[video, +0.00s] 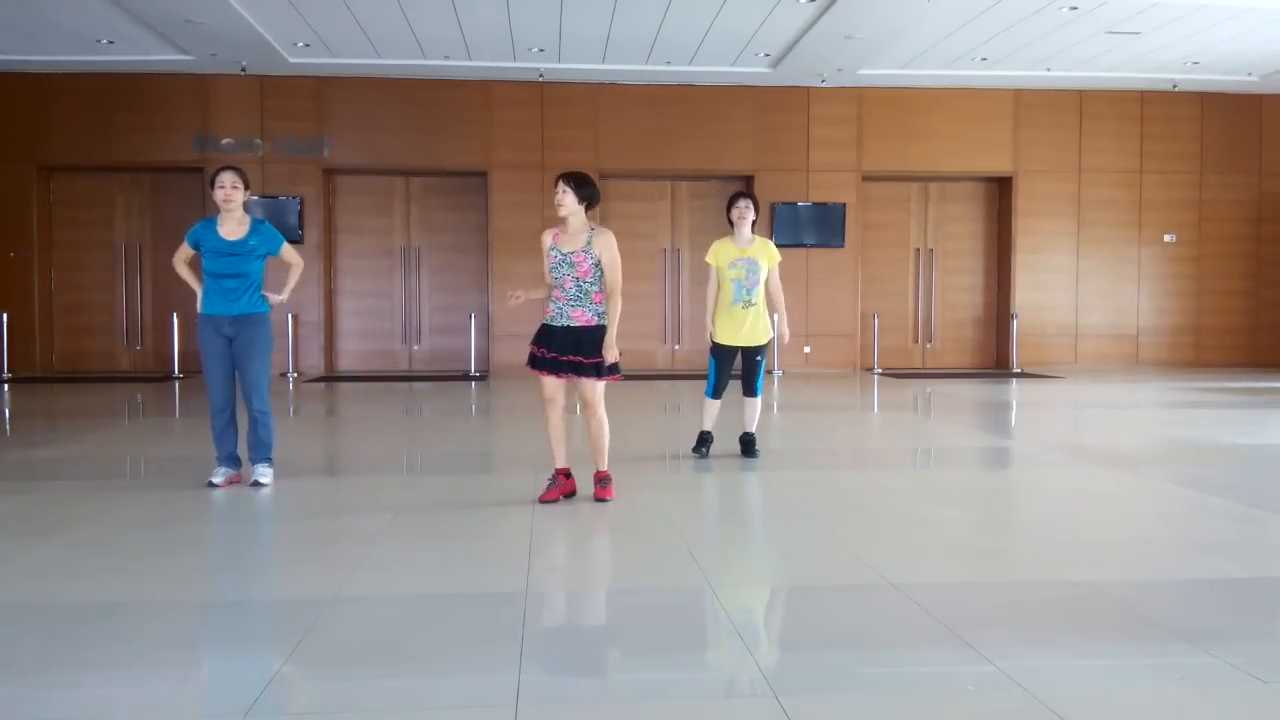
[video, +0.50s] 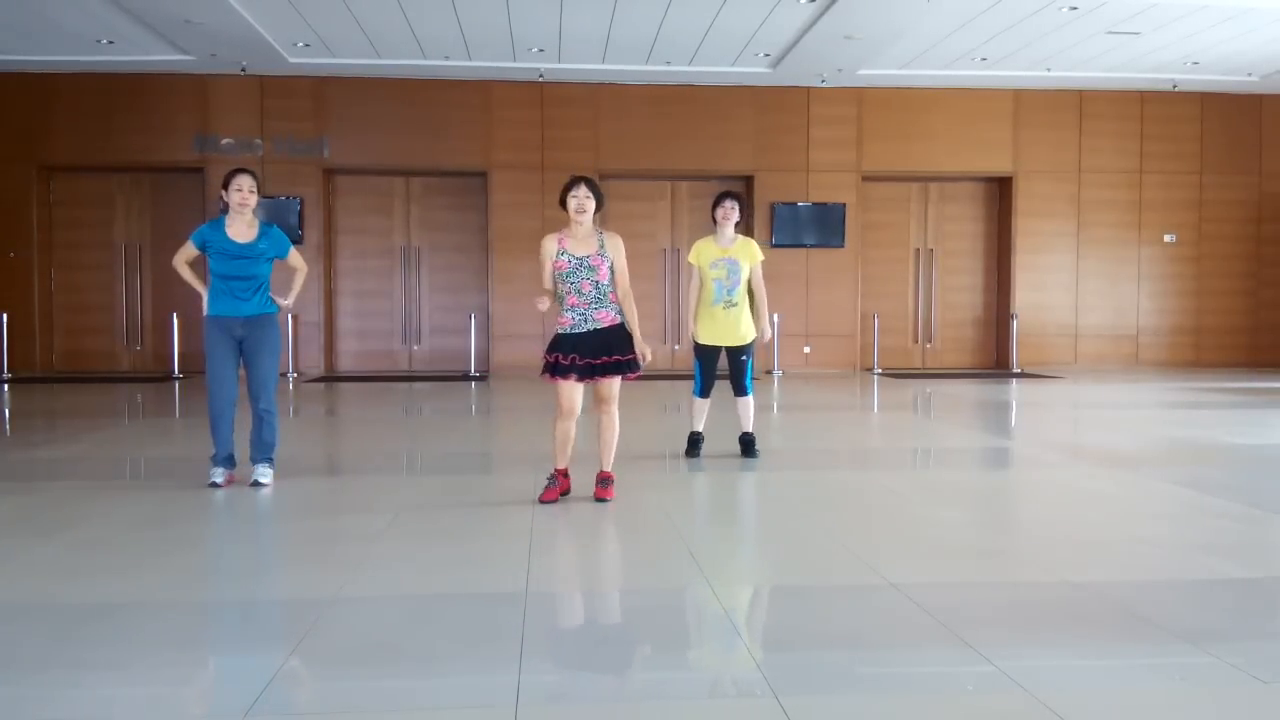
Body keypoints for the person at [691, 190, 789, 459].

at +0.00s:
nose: (742, 211)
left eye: (747, 207)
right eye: (737, 207)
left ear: (755, 214)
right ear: (729, 214)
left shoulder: (767, 248)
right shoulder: (719, 247)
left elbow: (775, 288)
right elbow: (712, 288)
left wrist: (782, 319)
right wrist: (708, 322)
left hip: (757, 327)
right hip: (725, 327)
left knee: (752, 387)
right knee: (715, 385)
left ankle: (749, 437)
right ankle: (705, 436)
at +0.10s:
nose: (741, 211)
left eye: (746, 207)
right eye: (737, 207)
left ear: (754, 214)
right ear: (729, 214)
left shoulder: (766, 248)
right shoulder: (718, 248)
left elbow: (773, 288)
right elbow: (712, 287)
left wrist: (775, 323)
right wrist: (707, 321)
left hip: (756, 328)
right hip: (724, 327)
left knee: (752, 386)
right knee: (714, 384)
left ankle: (749, 437)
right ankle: (702, 435)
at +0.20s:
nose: (740, 211)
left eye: (745, 208)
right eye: (735, 207)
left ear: (753, 214)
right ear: (727, 214)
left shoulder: (764, 248)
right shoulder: (716, 248)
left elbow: (770, 287)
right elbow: (710, 287)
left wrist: (769, 322)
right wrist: (705, 322)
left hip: (754, 328)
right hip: (722, 327)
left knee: (751, 386)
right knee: (711, 385)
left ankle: (748, 437)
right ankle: (700, 434)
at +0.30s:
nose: (736, 211)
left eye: (741, 208)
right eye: (732, 207)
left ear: (749, 214)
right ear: (724, 214)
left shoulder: (760, 248)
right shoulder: (713, 247)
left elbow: (766, 287)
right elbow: (707, 287)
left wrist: (767, 322)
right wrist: (703, 323)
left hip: (751, 328)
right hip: (719, 327)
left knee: (749, 386)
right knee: (709, 385)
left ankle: (748, 437)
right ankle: (697, 436)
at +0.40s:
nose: (733, 211)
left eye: (738, 208)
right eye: (728, 207)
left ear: (745, 215)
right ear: (719, 213)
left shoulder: (755, 248)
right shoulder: (707, 247)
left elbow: (763, 288)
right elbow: (701, 288)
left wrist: (766, 323)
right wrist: (698, 323)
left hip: (747, 328)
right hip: (714, 328)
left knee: (746, 386)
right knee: (706, 385)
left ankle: (748, 437)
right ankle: (696, 436)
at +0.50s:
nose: (727, 211)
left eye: (733, 208)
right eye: (723, 207)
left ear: (739, 215)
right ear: (714, 213)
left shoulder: (749, 246)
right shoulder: (701, 247)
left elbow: (758, 287)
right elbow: (694, 286)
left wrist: (764, 321)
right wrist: (689, 322)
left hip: (740, 328)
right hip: (706, 327)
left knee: (742, 386)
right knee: (702, 386)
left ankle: (747, 437)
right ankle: (696, 436)